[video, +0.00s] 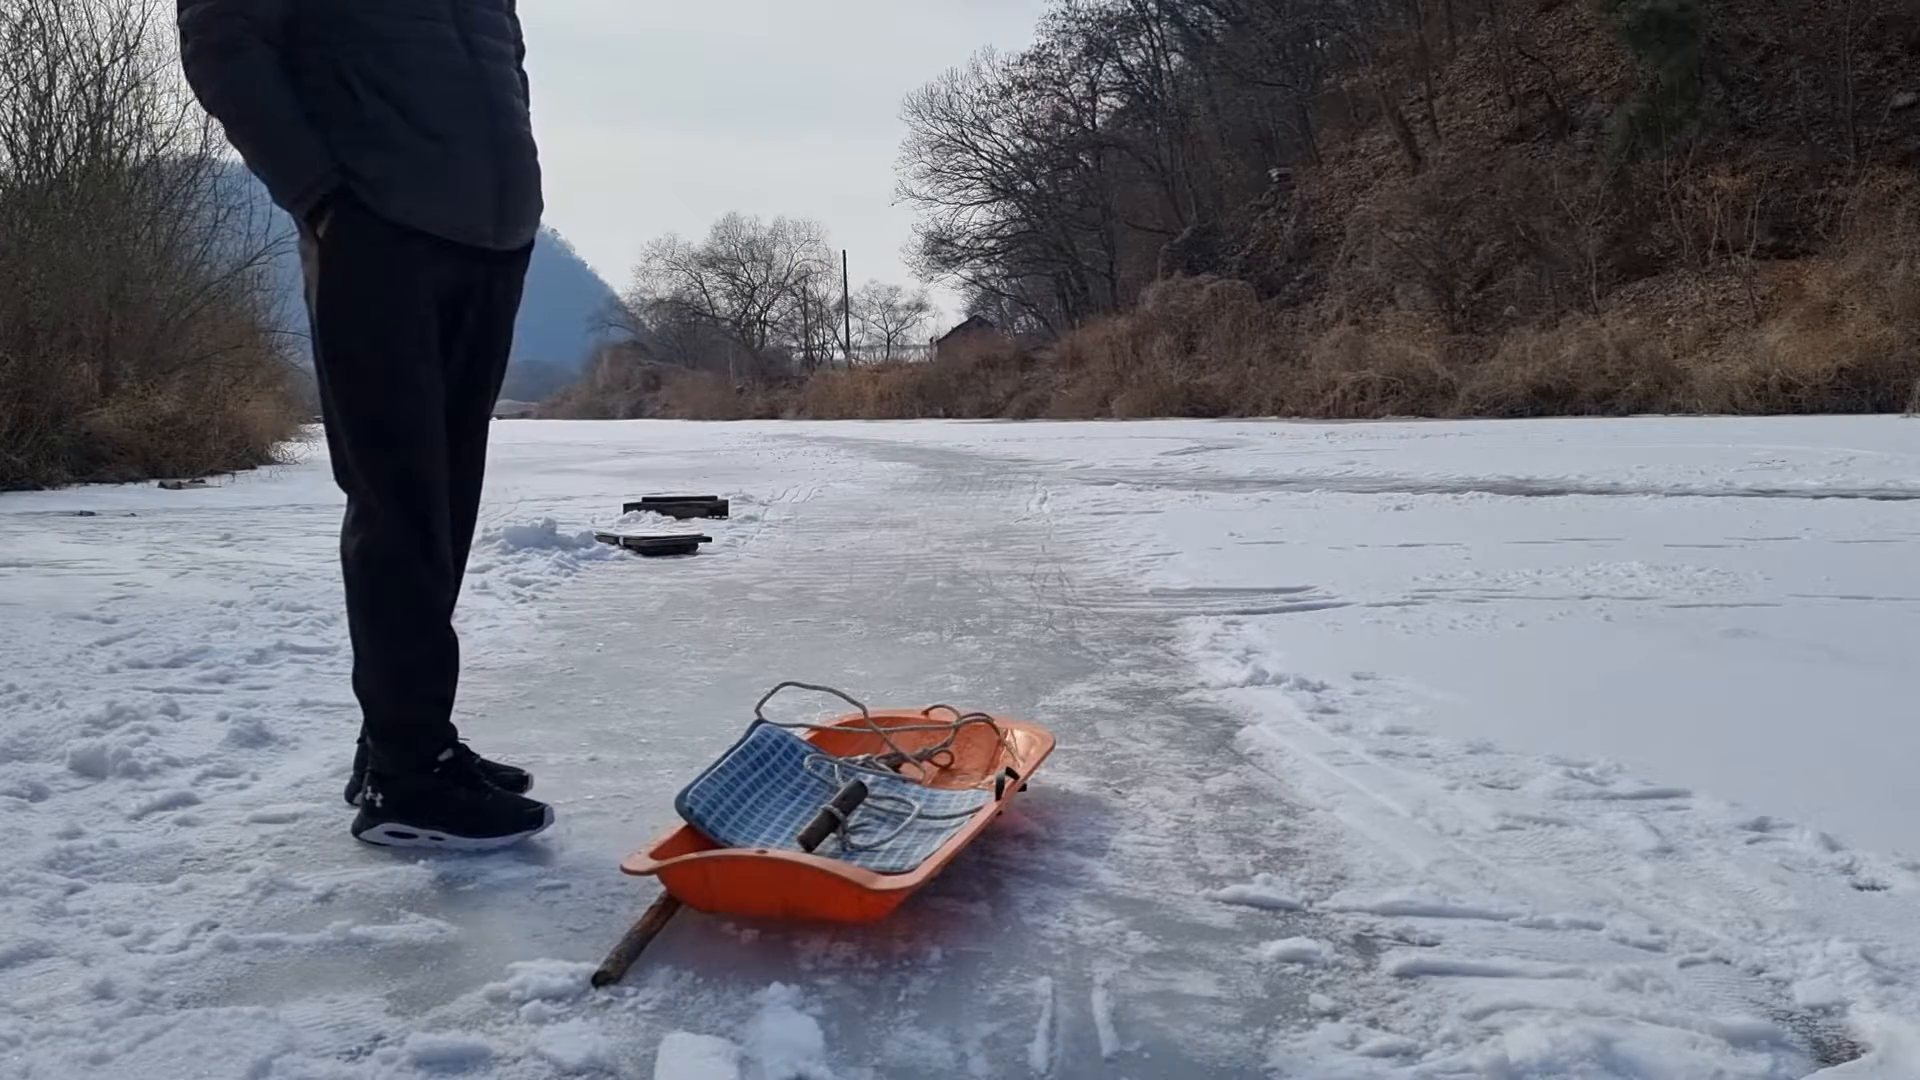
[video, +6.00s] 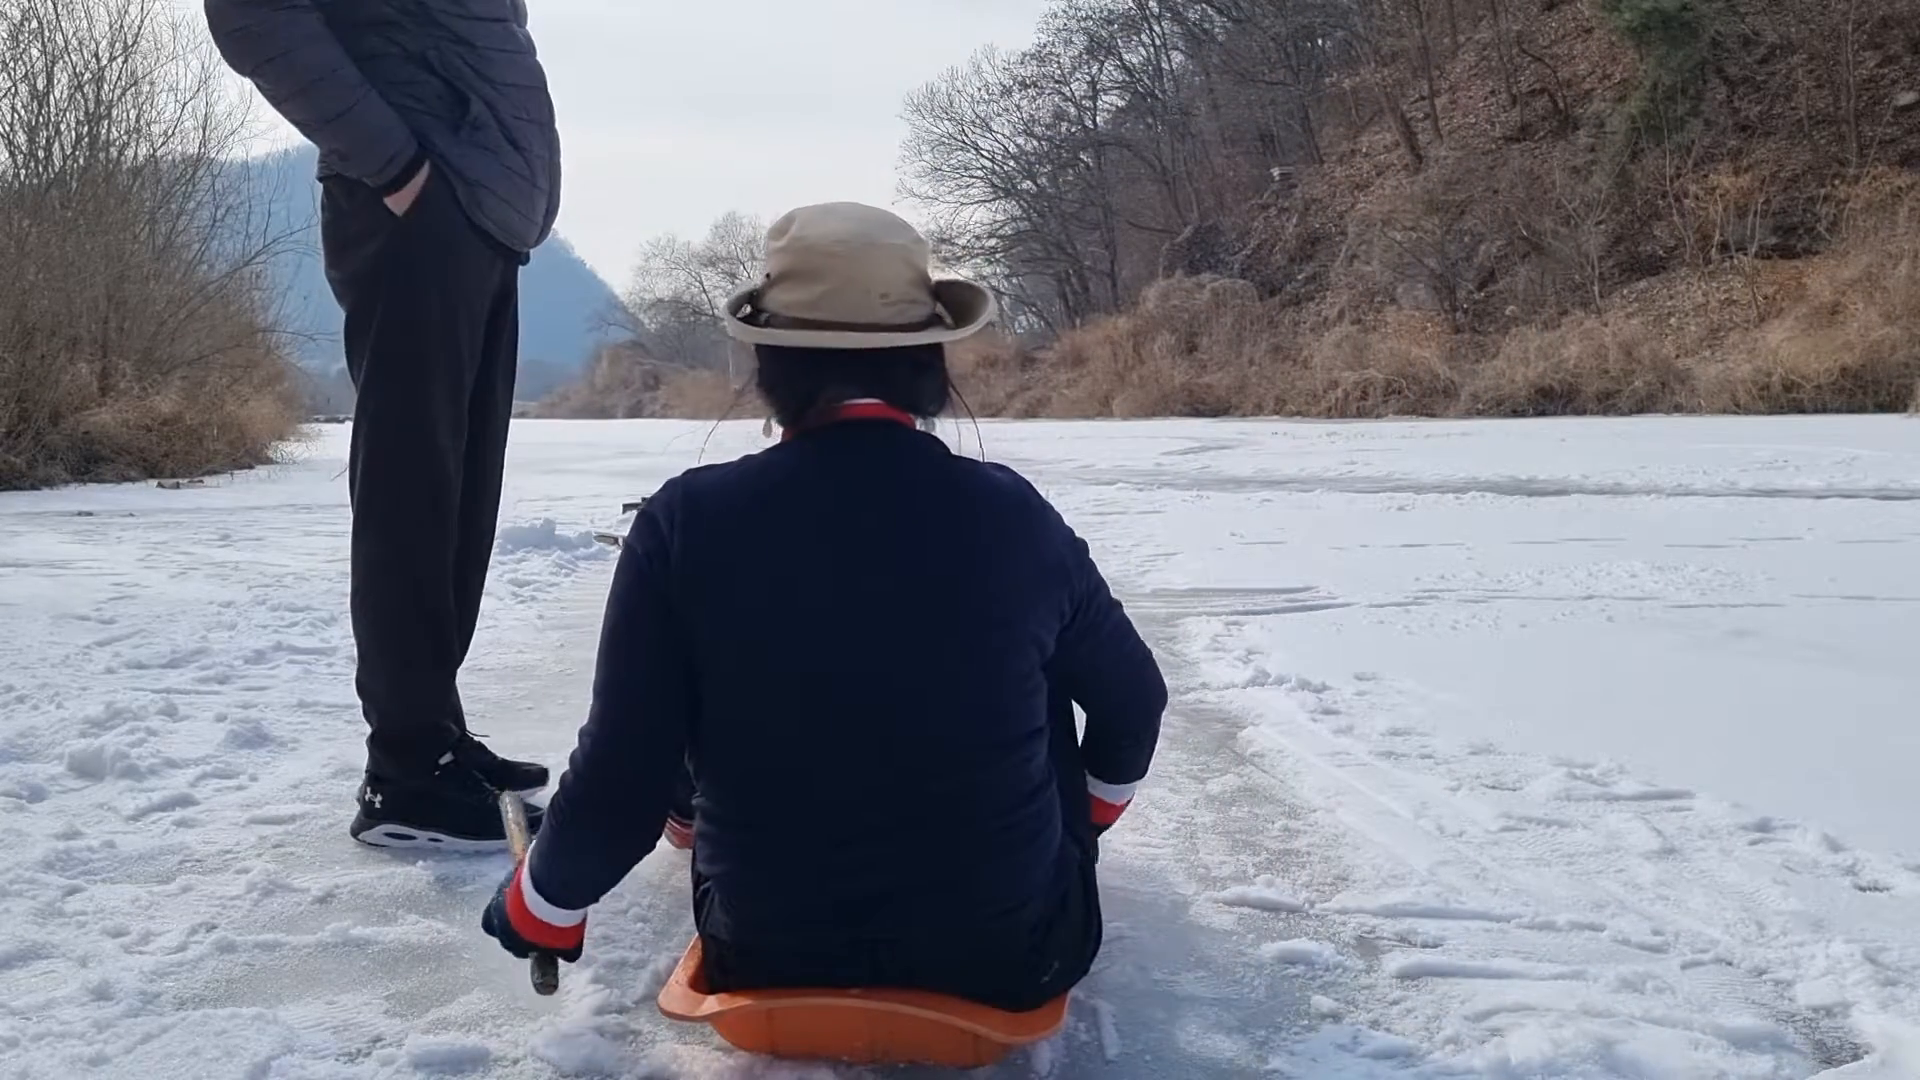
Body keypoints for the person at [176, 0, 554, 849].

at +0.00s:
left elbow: (503, 40)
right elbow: (219, 38)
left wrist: (513, 173)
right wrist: (319, 199)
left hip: (495, 222)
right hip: (374, 214)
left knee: (446, 497)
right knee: (397, 498)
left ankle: (413, 747)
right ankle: (404, 772)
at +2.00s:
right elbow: (274, 26)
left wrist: (506, 185)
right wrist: (383, 188)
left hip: (477, 219)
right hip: (402, 211)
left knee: (443, 494)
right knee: (403, 493)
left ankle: (416, 747)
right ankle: (401, 771)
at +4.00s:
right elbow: (270, 33)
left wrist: (513, 197)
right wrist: (387, 197)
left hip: (485, 232)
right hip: (408, 222)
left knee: (444, 501)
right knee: (403, 501)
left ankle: (418, 748)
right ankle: (400, 772)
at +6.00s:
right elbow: (251, 19)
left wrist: (502, 171)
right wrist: (399, 168)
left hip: (481, 209)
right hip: (414, 202)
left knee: (464, 487)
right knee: (412, 486)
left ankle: (434, 741)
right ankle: (406, 772)